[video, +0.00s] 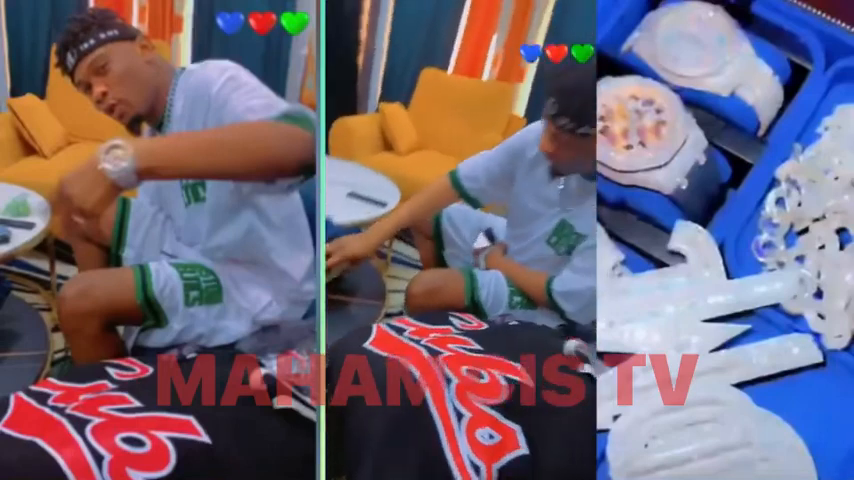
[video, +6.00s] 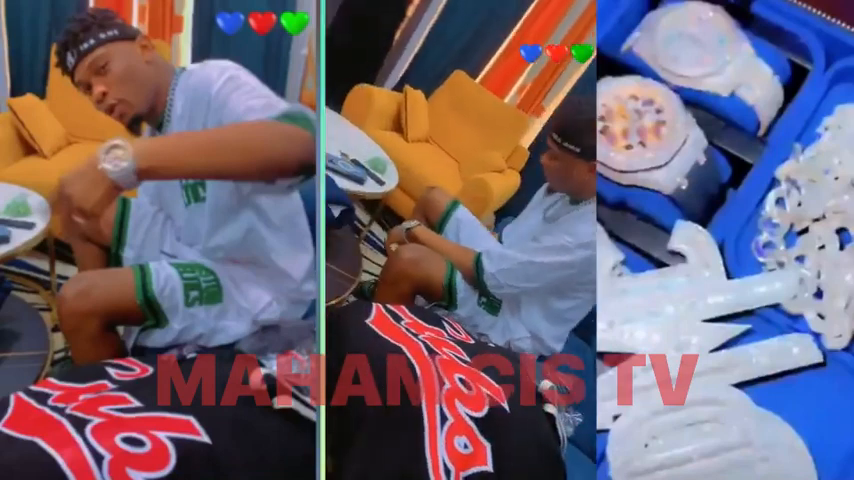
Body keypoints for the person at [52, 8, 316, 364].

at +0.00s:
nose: (98, 94)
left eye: (102, 70)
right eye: (87, 89)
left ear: (144, 48)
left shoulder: (214, 81)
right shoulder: (152, 132)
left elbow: (297, 146)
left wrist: (132, 160)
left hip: (260, 278)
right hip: (190, 251)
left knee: (81, 300)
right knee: (84, 214)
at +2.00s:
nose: (98, 94)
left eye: (102, 70)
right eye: (87, 89)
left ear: (144, 48)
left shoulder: (212, 81)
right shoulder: (152, 133)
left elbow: (298, 146)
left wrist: (132, 160)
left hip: (259, 279)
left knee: (80, 300)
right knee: (84, 215)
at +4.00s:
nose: (97, 94)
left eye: (102, 70)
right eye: (87, 89)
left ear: (145, 48)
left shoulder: (213, 81)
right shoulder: (153, 135)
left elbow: (299, 145)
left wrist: (131, 160)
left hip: (261, 278)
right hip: (191, 253)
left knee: (80, 300)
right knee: (83, 213)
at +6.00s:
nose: (97, 94)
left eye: (102, 70)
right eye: (87, 89)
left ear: (145, 48)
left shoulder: (213, 81)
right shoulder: (153, 134)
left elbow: (298, 145)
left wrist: (131, 160)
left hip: (262, 279)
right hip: (192, 252)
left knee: (80, 300)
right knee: (83, 213)